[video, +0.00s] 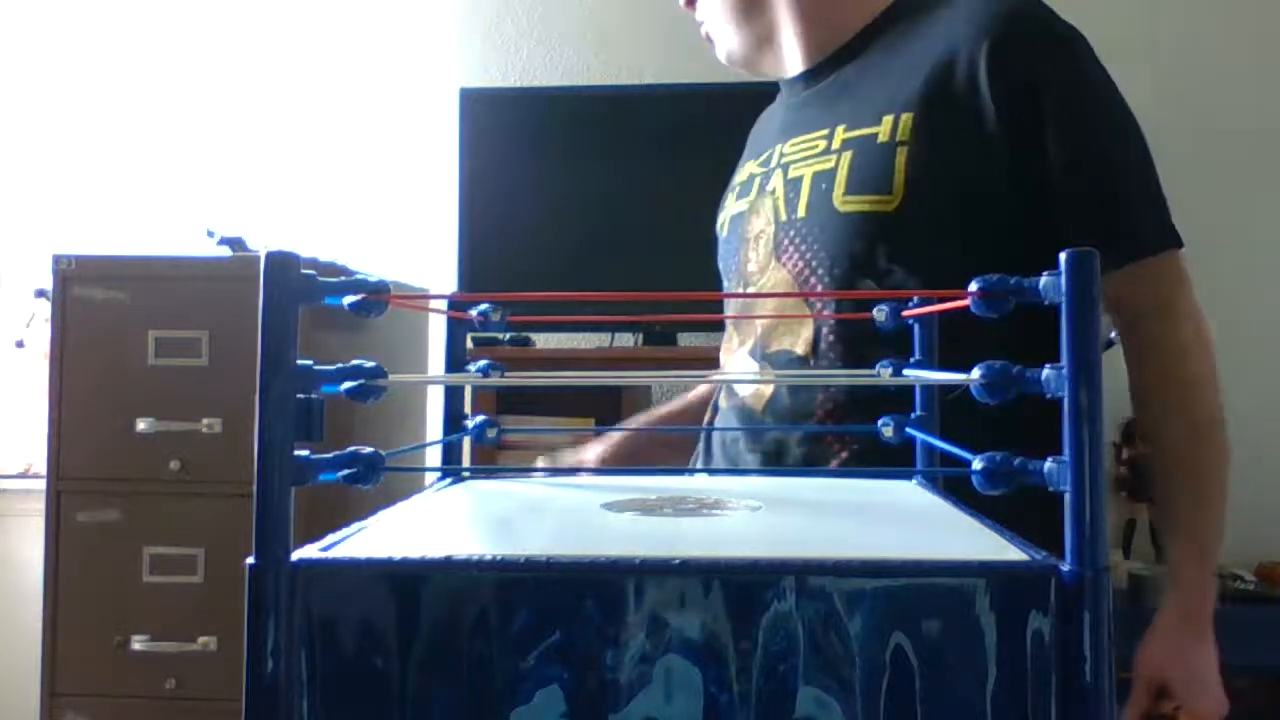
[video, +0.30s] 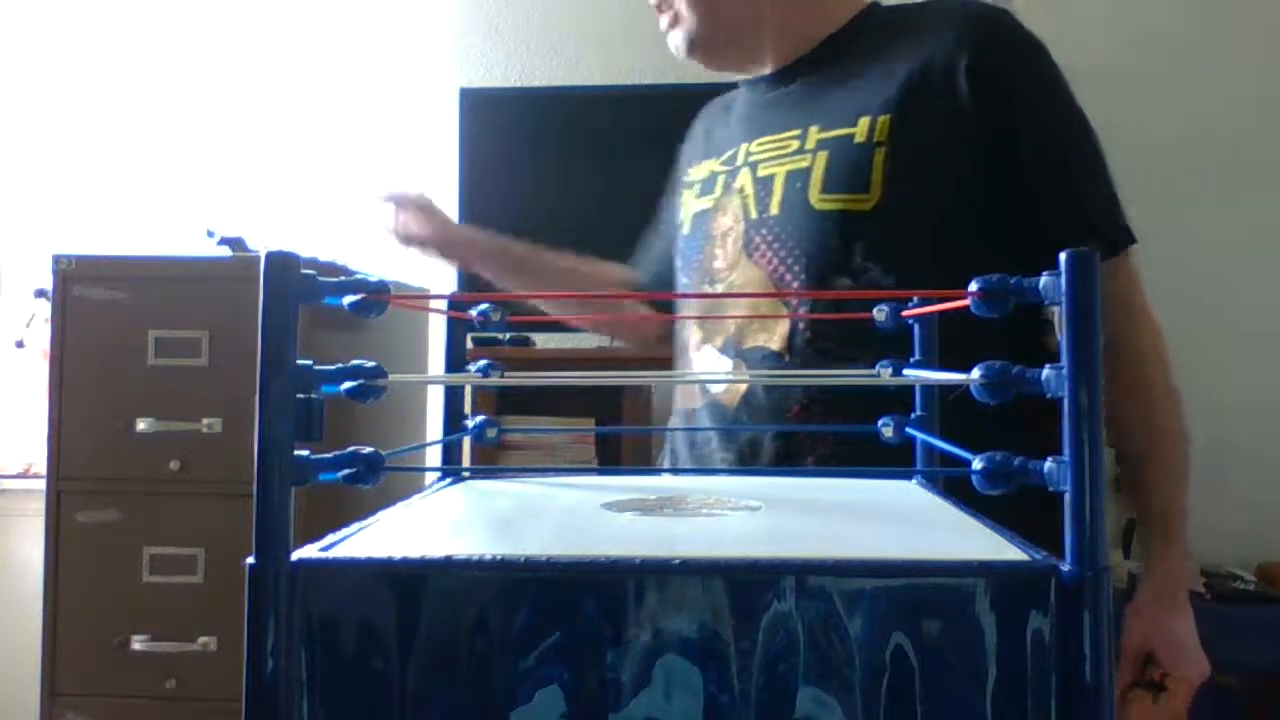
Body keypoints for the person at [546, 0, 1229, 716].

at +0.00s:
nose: (680, 6)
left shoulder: (1000, 44)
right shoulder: (767, 126)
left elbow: (1162, 323)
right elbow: (777, 367)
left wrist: (1187, 609)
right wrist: (631, 441)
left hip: (969, 606)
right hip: (769, 600)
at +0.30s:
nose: (650, 3)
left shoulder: (966, 50)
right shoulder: (708, 125)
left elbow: (1115, 318)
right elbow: (653, 313)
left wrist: (1167, 581)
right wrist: (463, 248)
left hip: (935, 598)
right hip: (720, 596)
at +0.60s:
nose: (655, 1)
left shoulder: (908, 73)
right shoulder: (603, 125)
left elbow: (1029, 326)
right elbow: (479, 231)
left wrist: (1076, 554)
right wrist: (337, 210)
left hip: (864, 563)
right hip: (639, 562)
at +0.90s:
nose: (651, 6)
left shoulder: (884, 82)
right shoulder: (571, 122)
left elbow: (973, 317)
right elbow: (449, 242)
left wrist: (1027, 499)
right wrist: (327, 220)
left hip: (841, 531)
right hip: (623, 535)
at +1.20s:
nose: (652, 1)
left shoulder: (877, 83)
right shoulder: (565, 123)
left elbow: (966, 318)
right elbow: (441, 243)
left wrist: (1022, 509)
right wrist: (323, 223)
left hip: (833, 530)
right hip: (617, 533)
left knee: (835, 700)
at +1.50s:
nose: (652, 8)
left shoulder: (869, 76)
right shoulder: (563, 121)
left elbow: (961, 314)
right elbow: (478, 271)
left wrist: (1016, 510)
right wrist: (314, 179)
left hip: (834, 533)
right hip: (611, 538)